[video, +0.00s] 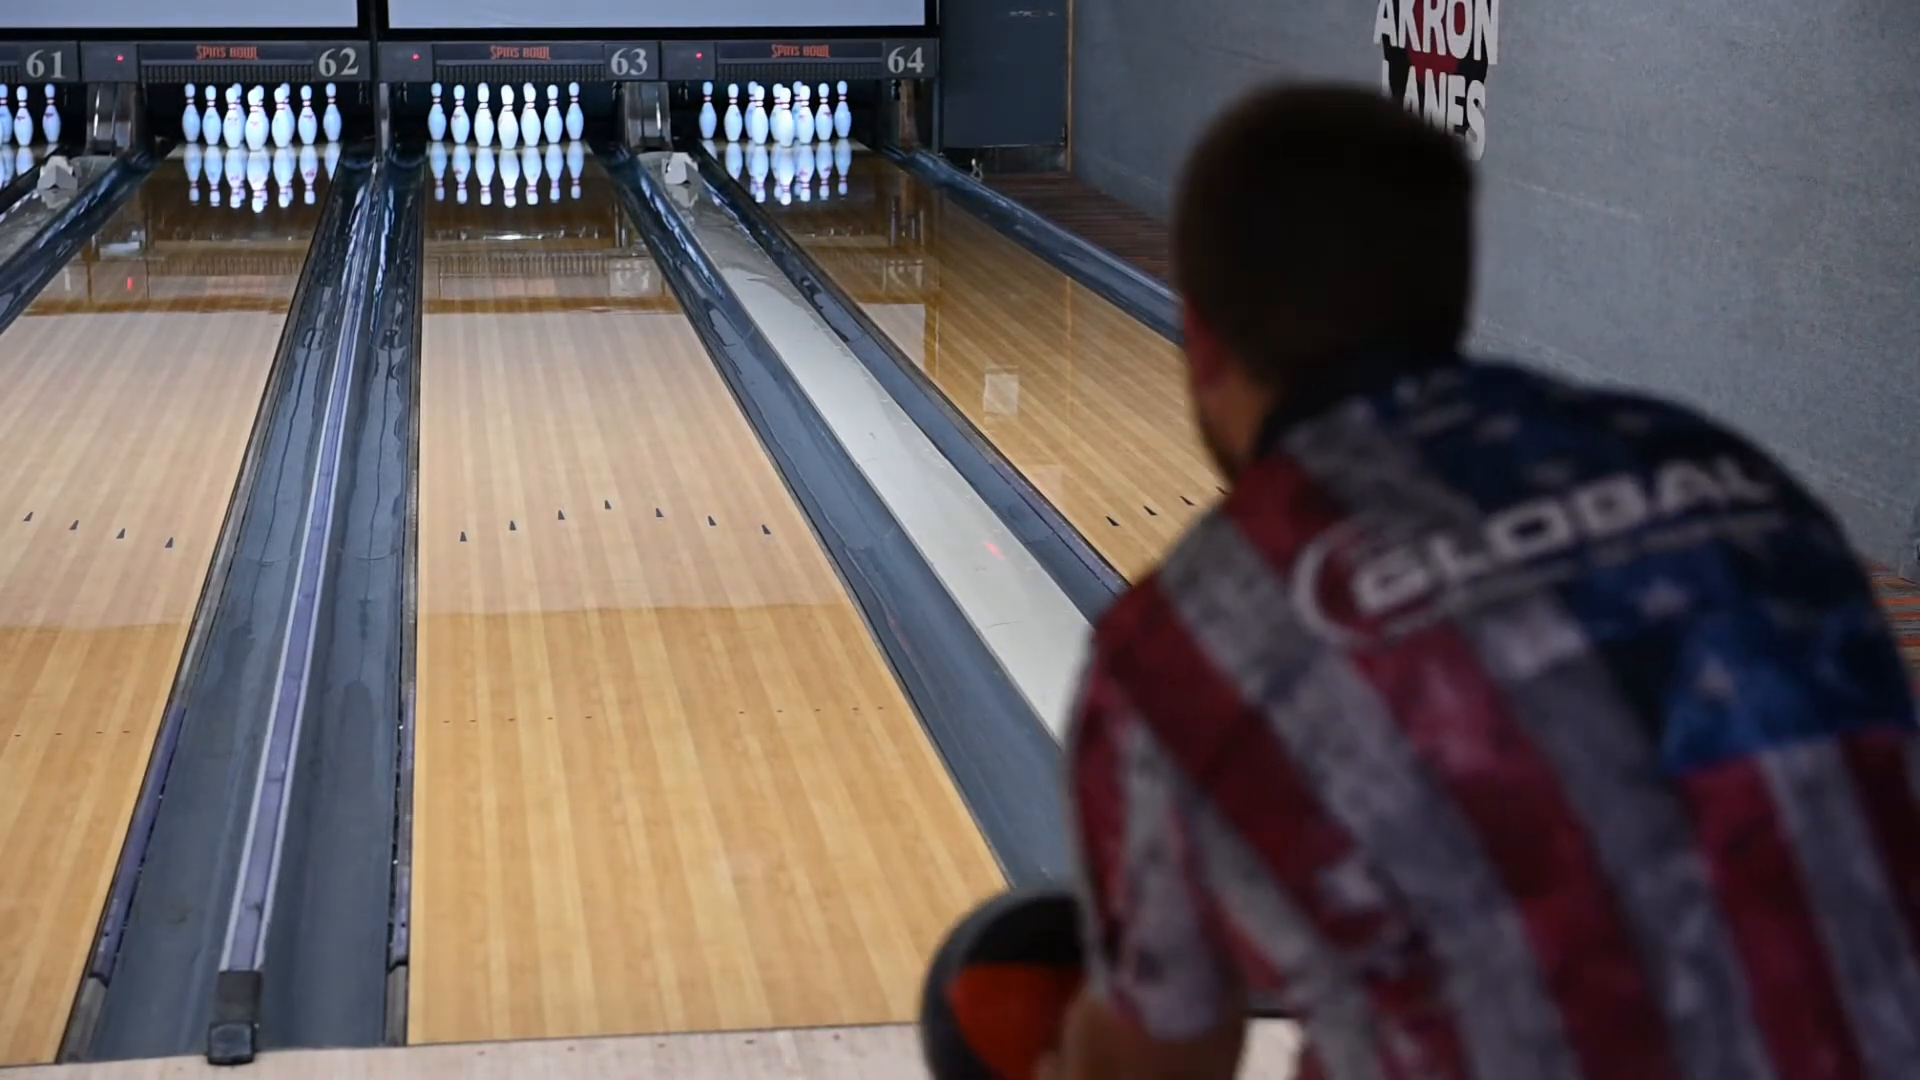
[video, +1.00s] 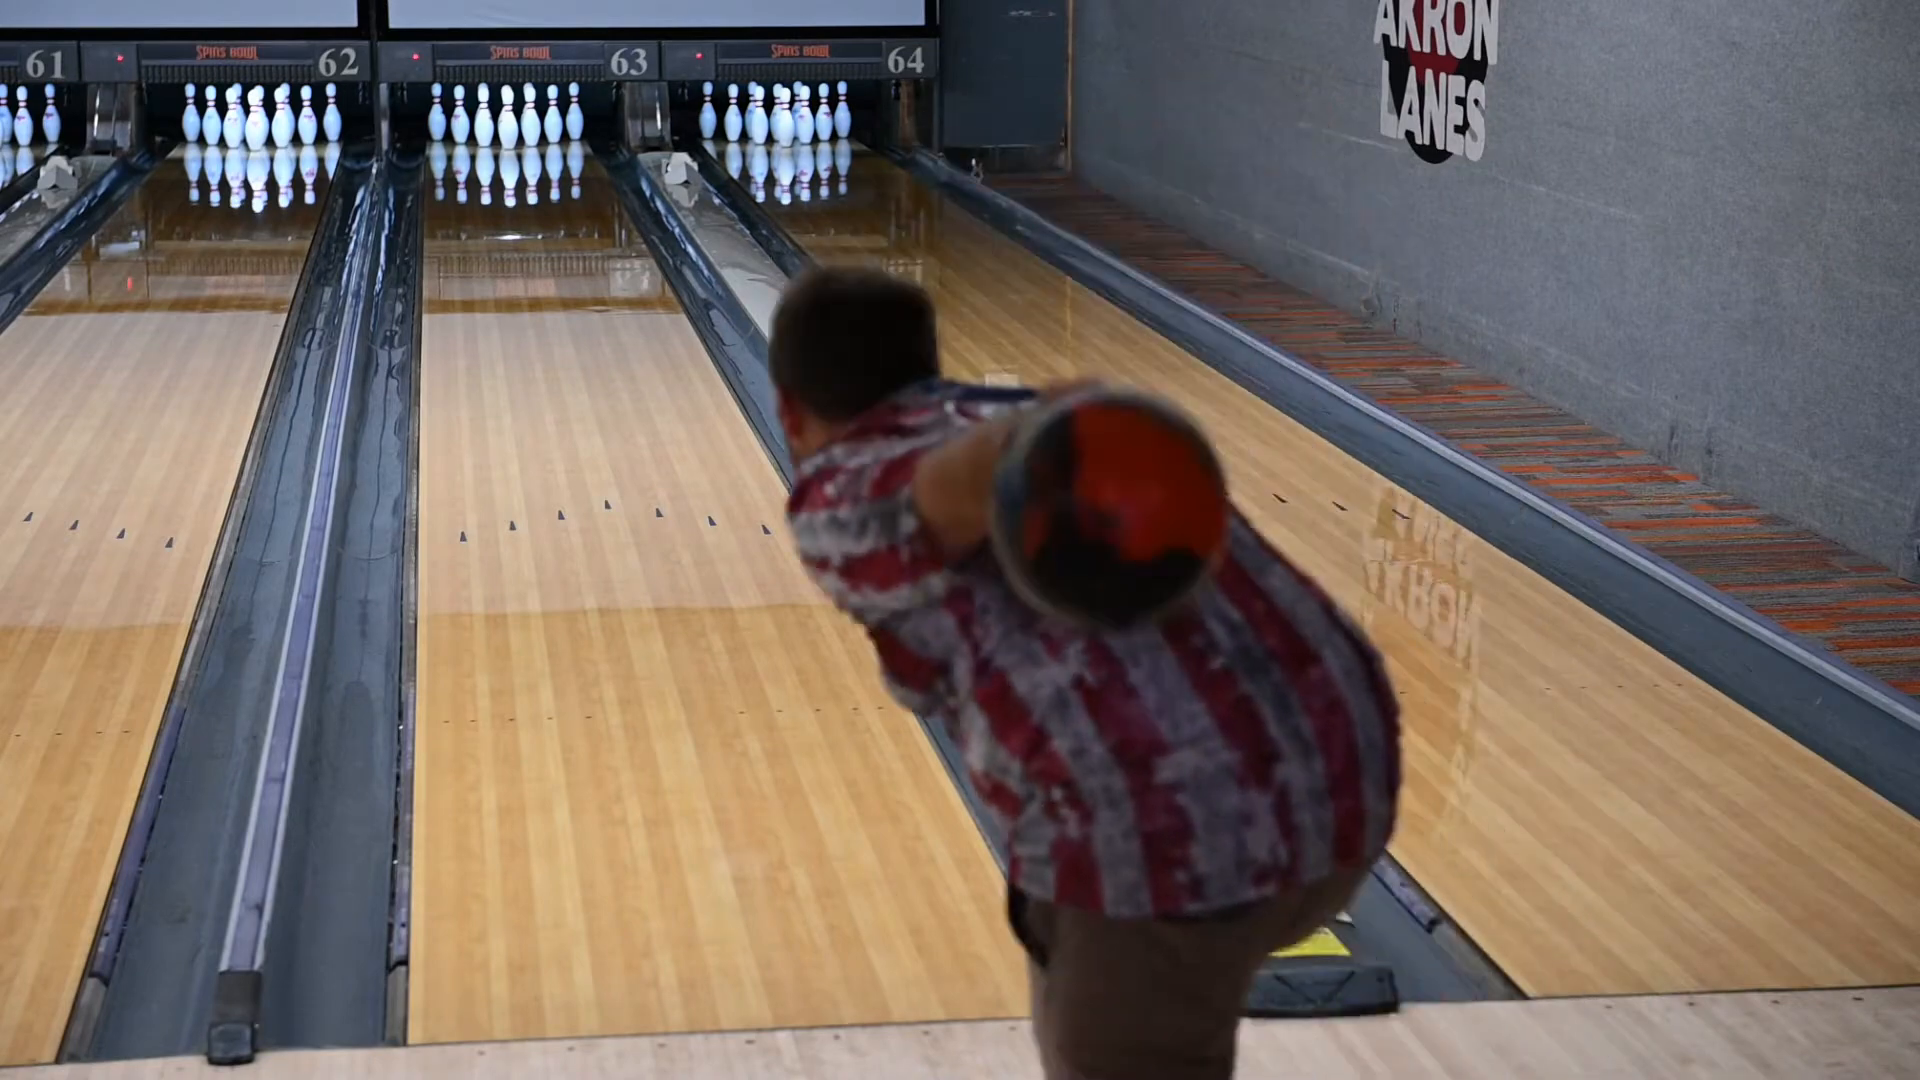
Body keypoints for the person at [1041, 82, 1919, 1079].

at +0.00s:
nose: (1187, 357)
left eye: (1186, 316)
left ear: (1199, 338)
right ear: (1457, 303)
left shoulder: (1176, 653)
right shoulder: (1718, 465)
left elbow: (1164, 1052)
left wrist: (1087, 1040)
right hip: (1875, 1046)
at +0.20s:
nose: (1103, 439)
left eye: (1097, 413)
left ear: (1118, 423)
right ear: (1340, 366)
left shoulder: (1115, 683)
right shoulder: (1589, 472)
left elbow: (1092, 1038)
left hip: (1509, 1061)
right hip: (1874, 1021)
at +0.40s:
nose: (1038, 351)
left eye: (1034, 326)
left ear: (1049, 340)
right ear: (1253, 306)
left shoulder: (1075, 580)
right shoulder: (1487, 393)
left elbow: (1078, 1011)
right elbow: (1722, 663)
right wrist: (1780, 888)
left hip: (1437, 1047)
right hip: (1759, 988)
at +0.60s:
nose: (959, 305)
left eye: (952, 285)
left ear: (973, 274)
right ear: (1155, 233)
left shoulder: (1007, 352)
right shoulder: (1335, 323)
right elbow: (1550, 531)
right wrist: (1701, 763)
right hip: (1583, 895)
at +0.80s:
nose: (866, 315)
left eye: (867, 299)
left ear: (885, 290)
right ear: (1034, 220)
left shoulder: (925, 356)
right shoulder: (1202, 282)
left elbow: (1058, 261)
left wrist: (1161, 128)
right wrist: (1180, 124)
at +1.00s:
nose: (784, 429)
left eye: (780, 411)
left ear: (793, 413)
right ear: (929, 363)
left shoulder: (831, 501)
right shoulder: (1023, 409)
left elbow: (944, 489)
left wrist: (1048, 435)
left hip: (1172, 844)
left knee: (1117, 1054)